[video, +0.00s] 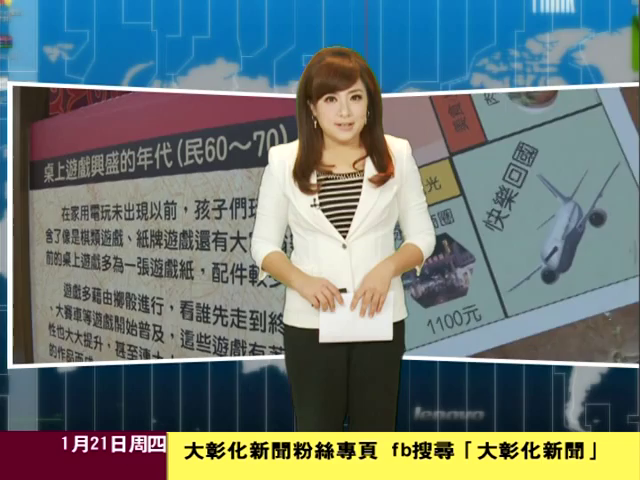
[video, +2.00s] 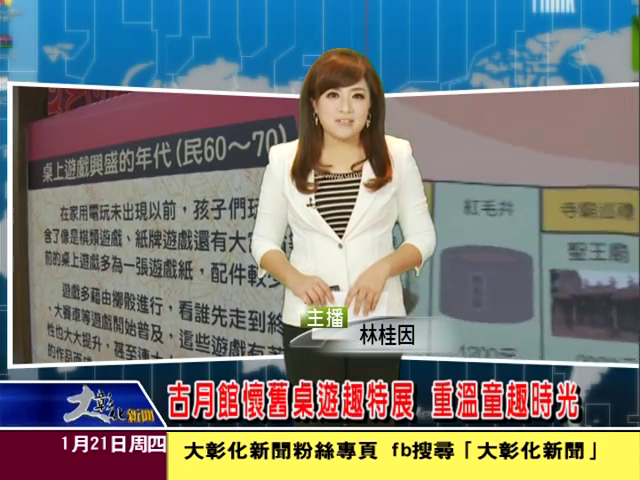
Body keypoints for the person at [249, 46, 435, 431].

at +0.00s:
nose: (345, 111)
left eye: (355, 98)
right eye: (331, 100)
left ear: (370, 102)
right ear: (311, 107)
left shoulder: (395, 155)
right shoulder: (285, 161)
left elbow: (422, 238)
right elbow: (263, 245)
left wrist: (387, 268)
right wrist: (302, 280)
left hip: (379, 329)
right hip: (311, 329)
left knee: (375, 446)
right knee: (316, 446)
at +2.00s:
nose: (346, 107)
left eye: (357, 96)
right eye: (333, 96)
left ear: (371, 105)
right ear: (313, 104)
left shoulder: (394, 156)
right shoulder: (285, 160)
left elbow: (423, 238)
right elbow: (263, 242)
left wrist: (382, 267)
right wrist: (296, 279)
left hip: (377, 323)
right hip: (308, 323)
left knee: (376, 439)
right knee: (314, 439)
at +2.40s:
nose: (347, 109)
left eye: (359, 97)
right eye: (334, 96)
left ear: (373, 104)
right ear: (314, 104)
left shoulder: (395, 156)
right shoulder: (286, 160)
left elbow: (424, 239)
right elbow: (264, 242)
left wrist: (383, 268)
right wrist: (296, 279)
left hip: (378, 325)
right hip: (308, 324)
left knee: (374, 441)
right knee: (314, 440)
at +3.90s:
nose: (348, 109)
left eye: (359, 97)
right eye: (335, 97)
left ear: (373, 104)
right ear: (315, 105)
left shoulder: (397, 156)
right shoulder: (287, 160)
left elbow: (425, 239)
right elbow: (265, 243)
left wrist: (383, 267)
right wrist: (297, 279)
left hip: (379, 324)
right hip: (309, 323)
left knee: (377, 439)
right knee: (314, 438)